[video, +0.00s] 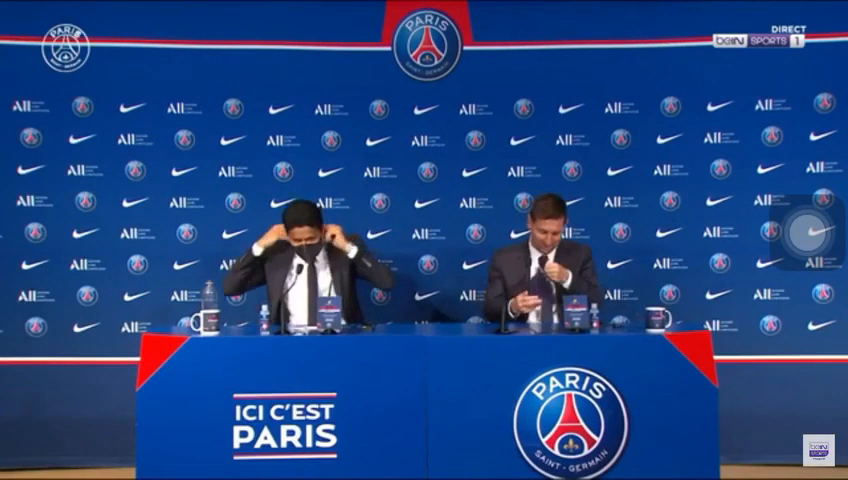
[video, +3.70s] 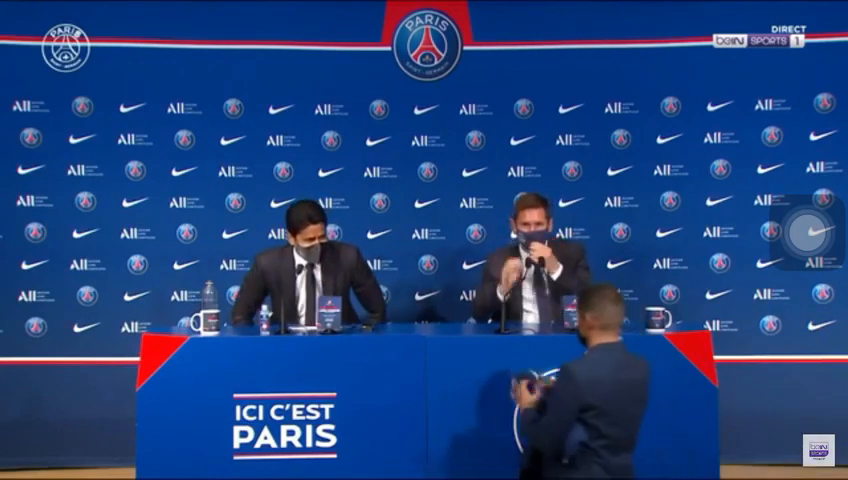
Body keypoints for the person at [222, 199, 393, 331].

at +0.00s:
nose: (304, 246)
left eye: (310, 239)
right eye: (297, 241)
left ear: (322, 230)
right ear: (287, 234)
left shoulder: (345, 251)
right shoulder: (276, 255)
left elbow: (387, 282)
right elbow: (231, 288)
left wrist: (348, 247)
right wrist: (260, 246)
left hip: (340, 346)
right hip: (290, 348)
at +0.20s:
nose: (297, 239)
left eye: (304, 233)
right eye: (292, 233)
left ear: (319, 228)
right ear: (284, 231)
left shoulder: (349, 250)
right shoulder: (275, 256)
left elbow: (376, 299)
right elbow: (237, 302)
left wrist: (339, 266)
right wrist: (255, 254)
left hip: (337, 346)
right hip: (289, 347)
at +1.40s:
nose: (299, 236)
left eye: (305, 229)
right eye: (292, 230)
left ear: (321, 226)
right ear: (286, 229)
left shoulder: (350, 251)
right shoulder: (274, 254)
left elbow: (373, 309)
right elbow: (250, 308)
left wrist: (334, 284)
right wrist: (278, 267)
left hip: (337, 343)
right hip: (289, 343)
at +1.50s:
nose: (300, 236)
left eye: (307, 230)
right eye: (294, 230)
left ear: (322, 226)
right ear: (288, 229)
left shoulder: (352, 252)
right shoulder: (275, 255)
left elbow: (374, 308)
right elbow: (249, 310)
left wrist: (342, 297)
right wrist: (280, 277)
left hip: (338, 344)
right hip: (289, 344)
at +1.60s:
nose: (303, 236)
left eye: (310, 230)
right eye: (296, 230)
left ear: (324, 227)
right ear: (290, 229)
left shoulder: (353, 253)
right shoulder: (274, 257)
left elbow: (372, 306)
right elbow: (248, 312)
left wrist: (357, 318)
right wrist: (282, 306)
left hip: (341, 347)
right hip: (289, 348)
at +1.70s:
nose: (304, 238)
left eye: (311, 231)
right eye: (298, 232)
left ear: (325, 228)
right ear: (291, 231)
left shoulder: (354, 254)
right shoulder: (275, 258)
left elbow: (371, 309)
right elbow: (252, 312)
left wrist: (361, 335)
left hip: (341, 345)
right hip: (290, 346)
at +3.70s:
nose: (317, 245)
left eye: (321, 237)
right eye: (309, 240)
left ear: (326, 231)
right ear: (291, 237)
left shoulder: (347, 257)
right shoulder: (267, 263)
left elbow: (377, 310)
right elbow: (240, 317)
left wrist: (358, 346)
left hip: (339, 350)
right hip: (287, 351)